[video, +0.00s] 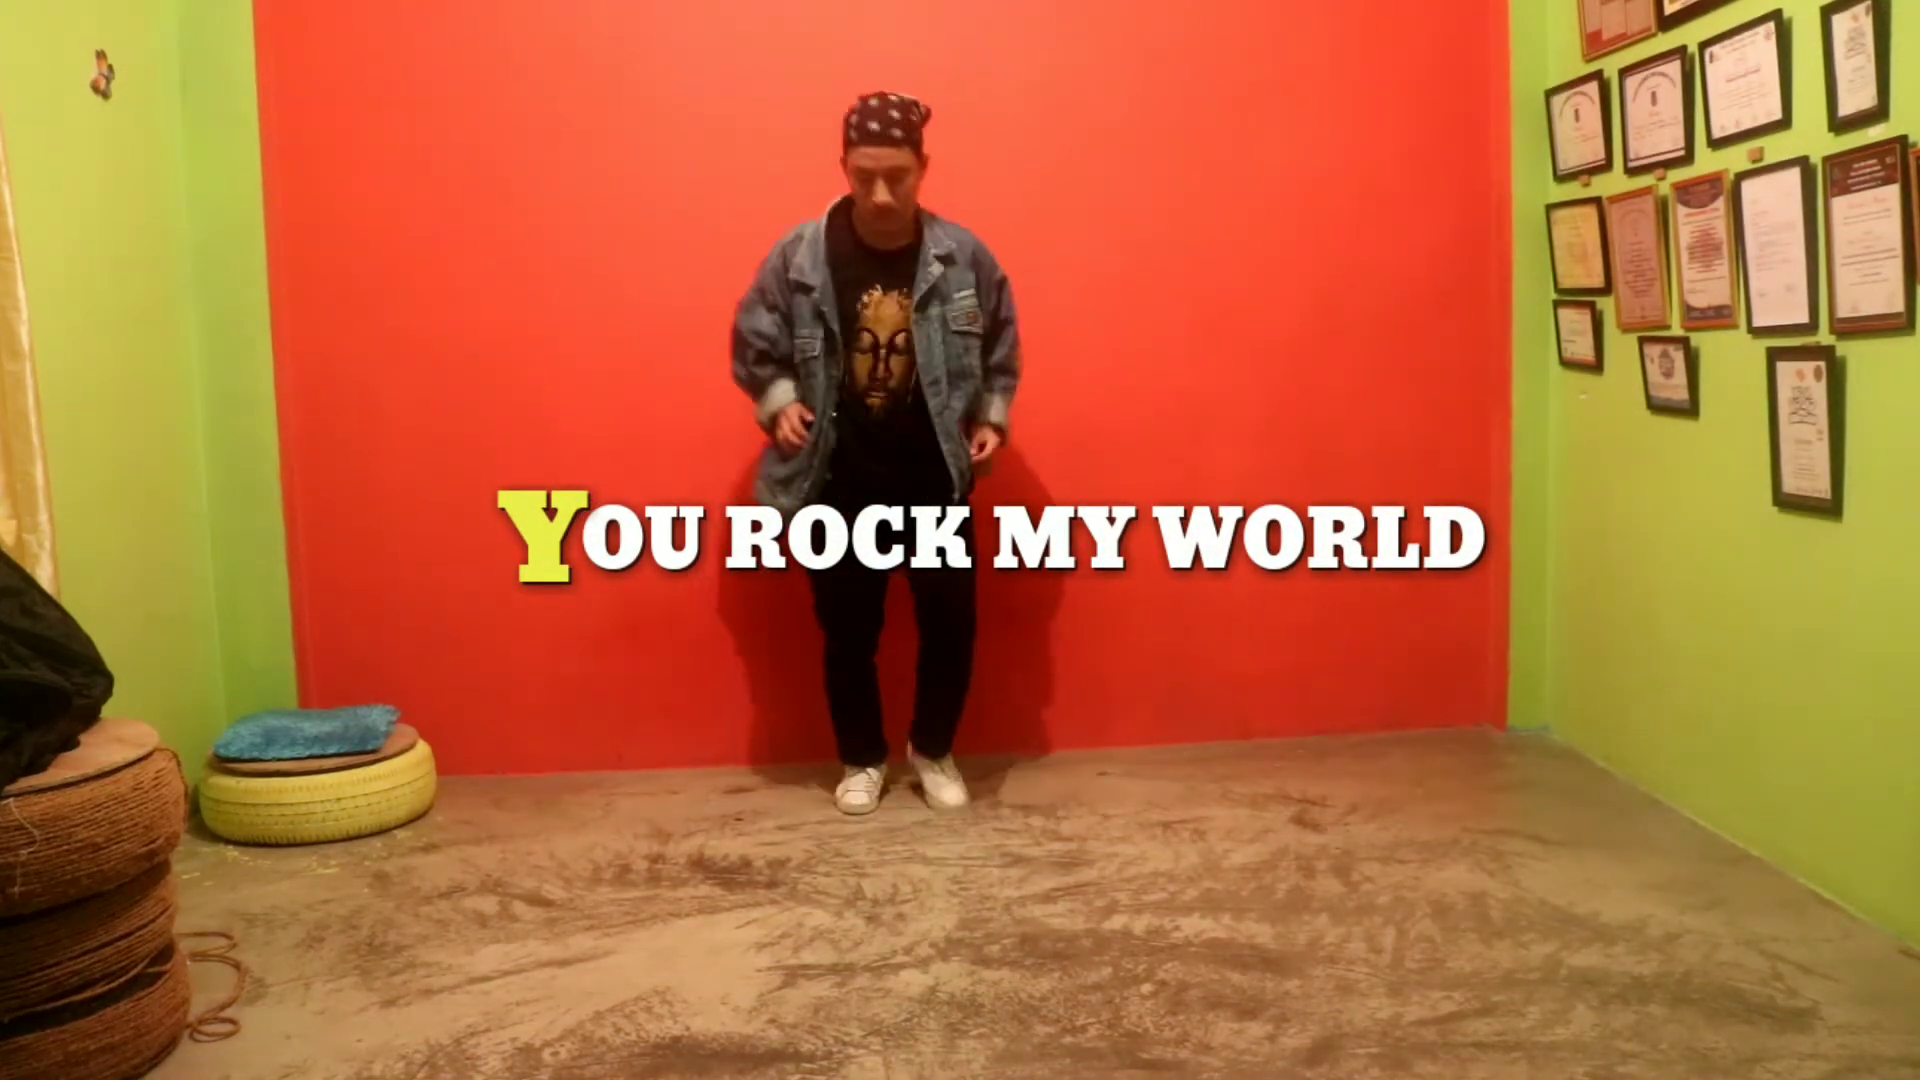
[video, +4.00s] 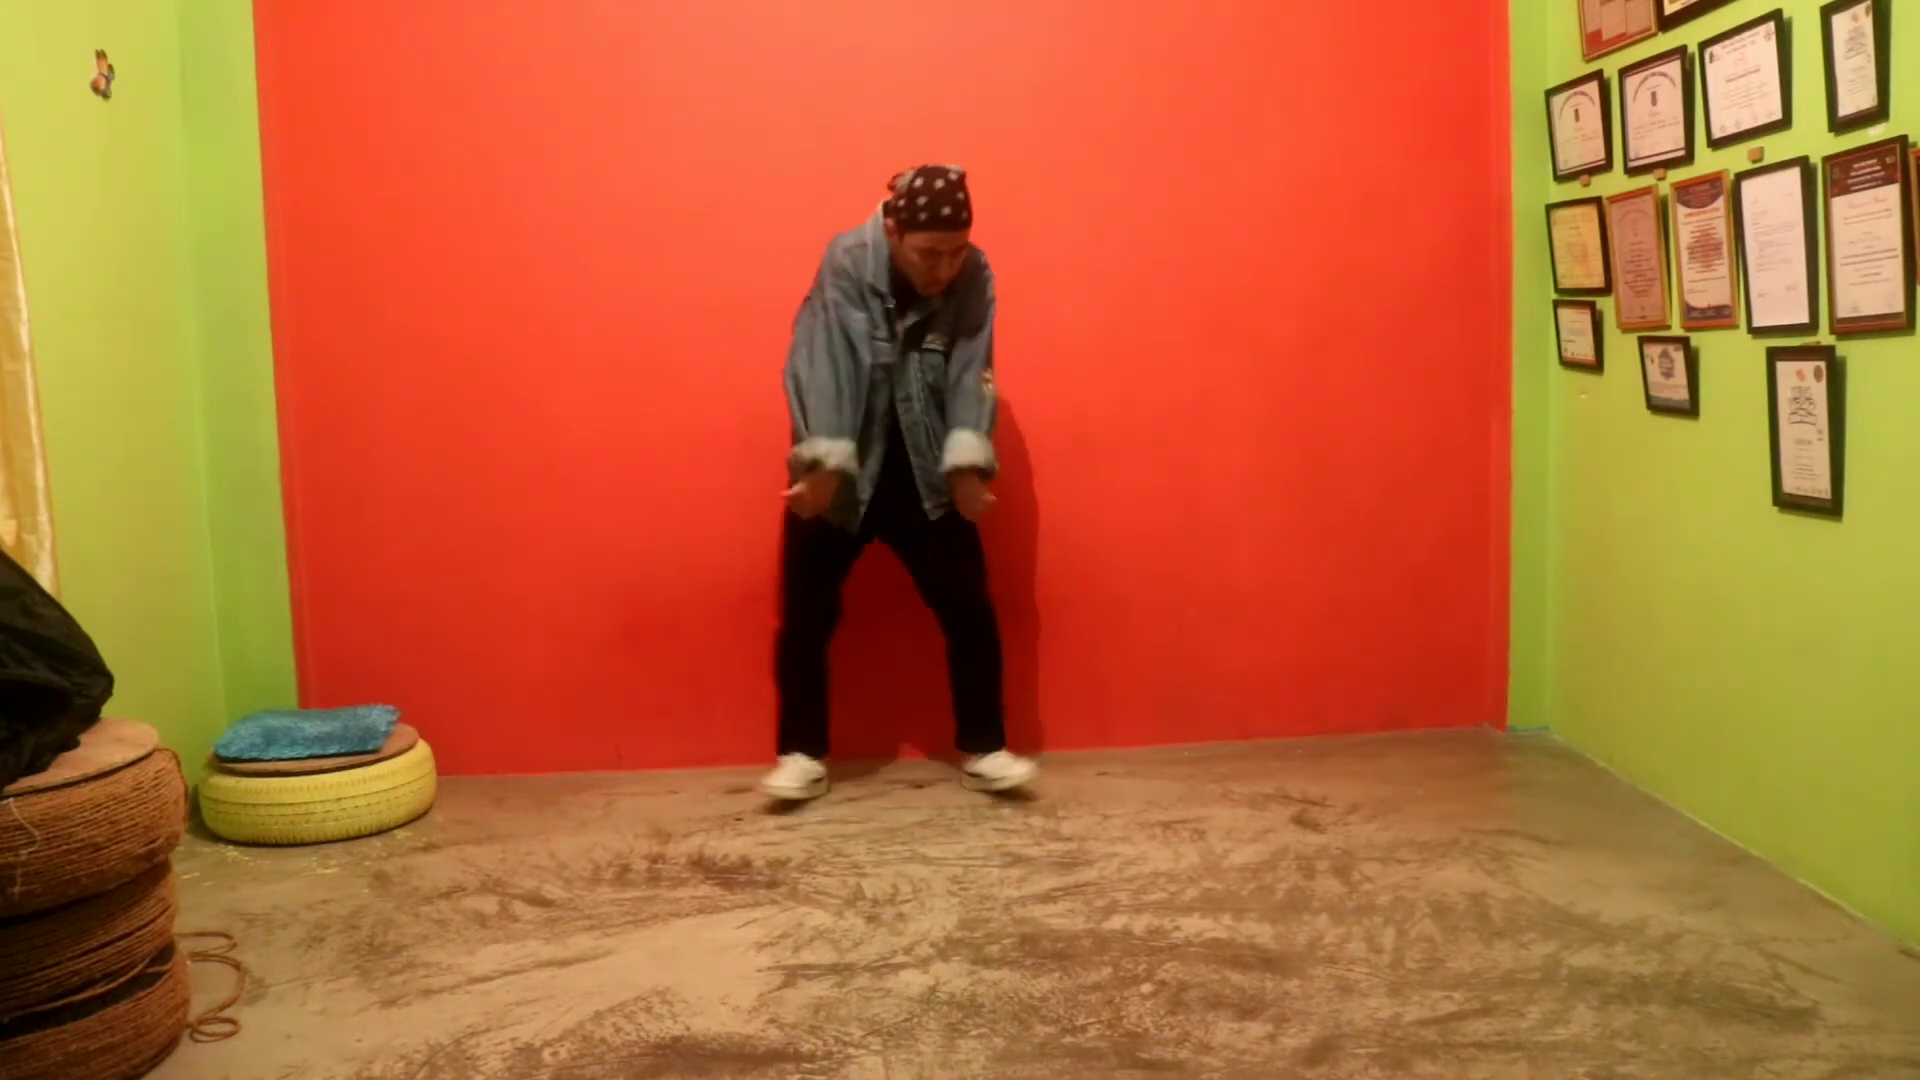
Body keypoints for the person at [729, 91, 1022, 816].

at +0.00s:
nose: (881, 193)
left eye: (896, 176)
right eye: (866, 176)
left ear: (922, 171)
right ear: (846, 172)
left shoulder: (963, 256)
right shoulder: (800, 256)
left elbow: (1001, 342)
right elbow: (754, 338)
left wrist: (991, 413)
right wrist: (777, 400)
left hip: (933, 472)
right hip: (838, 472)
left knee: (950, 619)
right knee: (849, 627)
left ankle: (932, 753)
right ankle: (862, 762)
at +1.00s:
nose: (894, 161)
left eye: (913, 147)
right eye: (887, 144)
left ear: (953, 152)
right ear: (877, 141)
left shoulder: (987, 249)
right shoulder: (844, 197)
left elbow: (1007, 363)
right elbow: (801, 298)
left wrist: (1001, 463)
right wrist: (804, 411)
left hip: (944, 457)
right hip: (849, 450)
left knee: (968, 616)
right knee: (850, 617)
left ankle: (965, 781)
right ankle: (868, 765)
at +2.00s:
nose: (838, 174)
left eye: (849, 154)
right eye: (821, 161)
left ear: (873, 143)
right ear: (800, 161)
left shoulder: (923, 191)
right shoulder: (783, 223)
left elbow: (982, 272)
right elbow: (767, 321)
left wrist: (965, 350)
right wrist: (799, 383)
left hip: (928, 442)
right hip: (838, 456)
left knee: (933, 610)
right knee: (849, 616)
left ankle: (929, 759)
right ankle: (865, 764)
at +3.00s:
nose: (894, 269)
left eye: (906, 251)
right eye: (877, 253)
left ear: (925, 245)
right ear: (852, 251)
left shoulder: (965, 331)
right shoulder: (813, 335)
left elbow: (980, 433)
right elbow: (791, 440)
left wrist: (961, 457)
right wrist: (829, 481)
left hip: (937, 521)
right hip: (844, 522)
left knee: (1001, 635)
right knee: (795, 640)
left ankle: (929, 762)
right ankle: (856, 764)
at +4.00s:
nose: (942, 269)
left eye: (954, 253)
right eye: (928, 254)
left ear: (967, 240)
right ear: (895, 233)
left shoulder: (972, 276)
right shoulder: (849, 262)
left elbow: (972, 369)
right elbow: (822, 357)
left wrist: (967, 457)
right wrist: (825, 456)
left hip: (926, 476)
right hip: (839, 475)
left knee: (970, 609)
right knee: (805, 614)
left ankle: (983, 750)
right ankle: (801, 756)